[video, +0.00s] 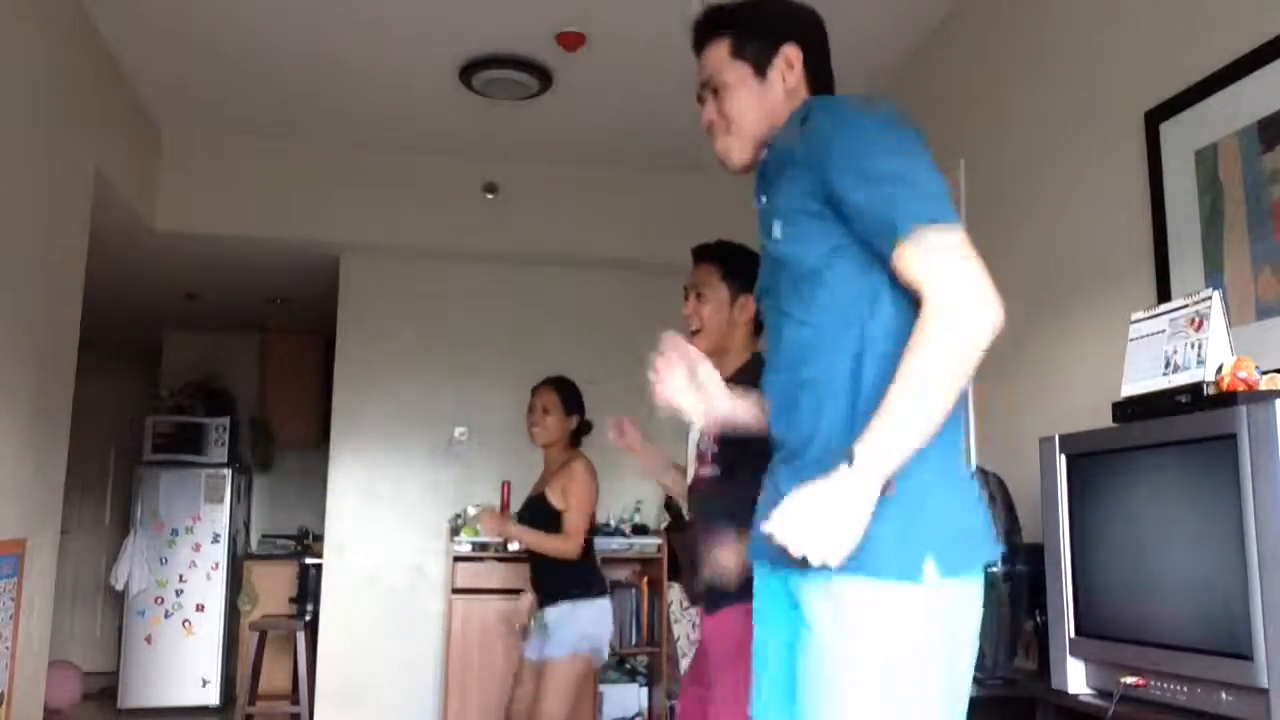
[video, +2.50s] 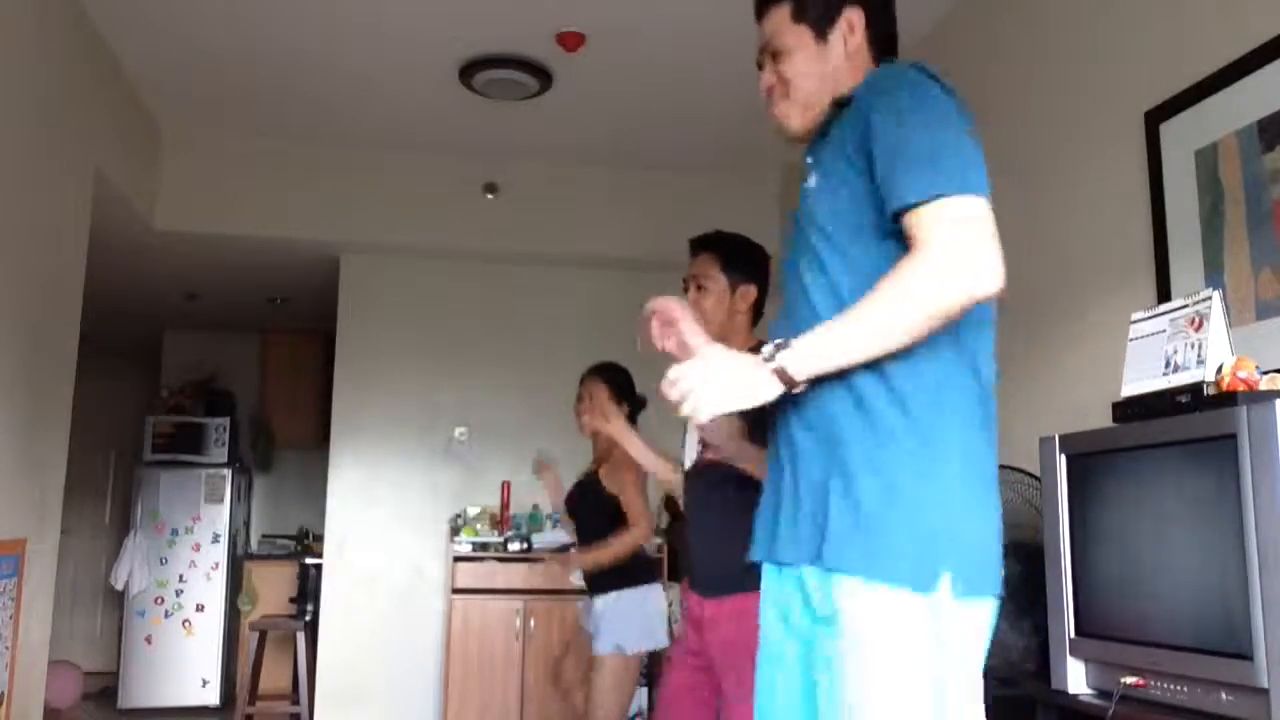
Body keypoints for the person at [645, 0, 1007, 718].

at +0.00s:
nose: (704, 115)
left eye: (716, 89)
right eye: (702, 97)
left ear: (785, 71)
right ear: (780, 76)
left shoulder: (842, 129)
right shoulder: (785, 187)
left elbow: (968, 303)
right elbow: (830, 397)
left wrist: (860, 477)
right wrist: (723, 405)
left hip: (890, 562)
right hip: (798, 553)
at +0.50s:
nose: (756, 133)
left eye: (770, 107)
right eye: (757, 113)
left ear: (844, 97)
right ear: (838, 102)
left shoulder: (929, 216)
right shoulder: (804, 260)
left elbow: (1031, 392)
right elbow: (833, 431)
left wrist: (838, 422)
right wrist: (729, 475)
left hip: (938, 626)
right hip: (833, 617)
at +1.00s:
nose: (756, 148)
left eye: (772, 123)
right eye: (756, 129)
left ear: (843, 119)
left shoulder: (891, 195)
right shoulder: (816, 252)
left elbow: (1016, 360)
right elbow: (837, 433)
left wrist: (825, 453)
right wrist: (736, 426)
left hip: (898, 637)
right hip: (811, 623)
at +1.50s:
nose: (779, 84)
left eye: (792, 59)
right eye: (778, 67)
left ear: (867, 44)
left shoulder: (925, 139)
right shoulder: (831, 199)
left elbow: (1013, 322)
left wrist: (827, 422)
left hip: (914, 590)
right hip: (811, 584)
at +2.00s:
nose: (760, 74)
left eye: (772, 47)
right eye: (759, 55)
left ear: (847, 35)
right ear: (840, 39)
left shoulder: (902, 119)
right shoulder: (812, 178)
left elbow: (1011, 299)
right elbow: (861, 398)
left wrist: (870, 462)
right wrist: (762, 466)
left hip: (915, 579)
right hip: (815, 575)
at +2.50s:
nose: (765, 80)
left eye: (776, 54)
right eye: (762, 62)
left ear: (848, 31)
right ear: (845, 35)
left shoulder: (897, 95)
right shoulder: (829, 162)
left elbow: (966, 258)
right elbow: (825, 357)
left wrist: (775, 369)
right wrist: (718, 356)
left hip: (897, 554)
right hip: (810, 549)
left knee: (890, 708)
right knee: (797, 708)